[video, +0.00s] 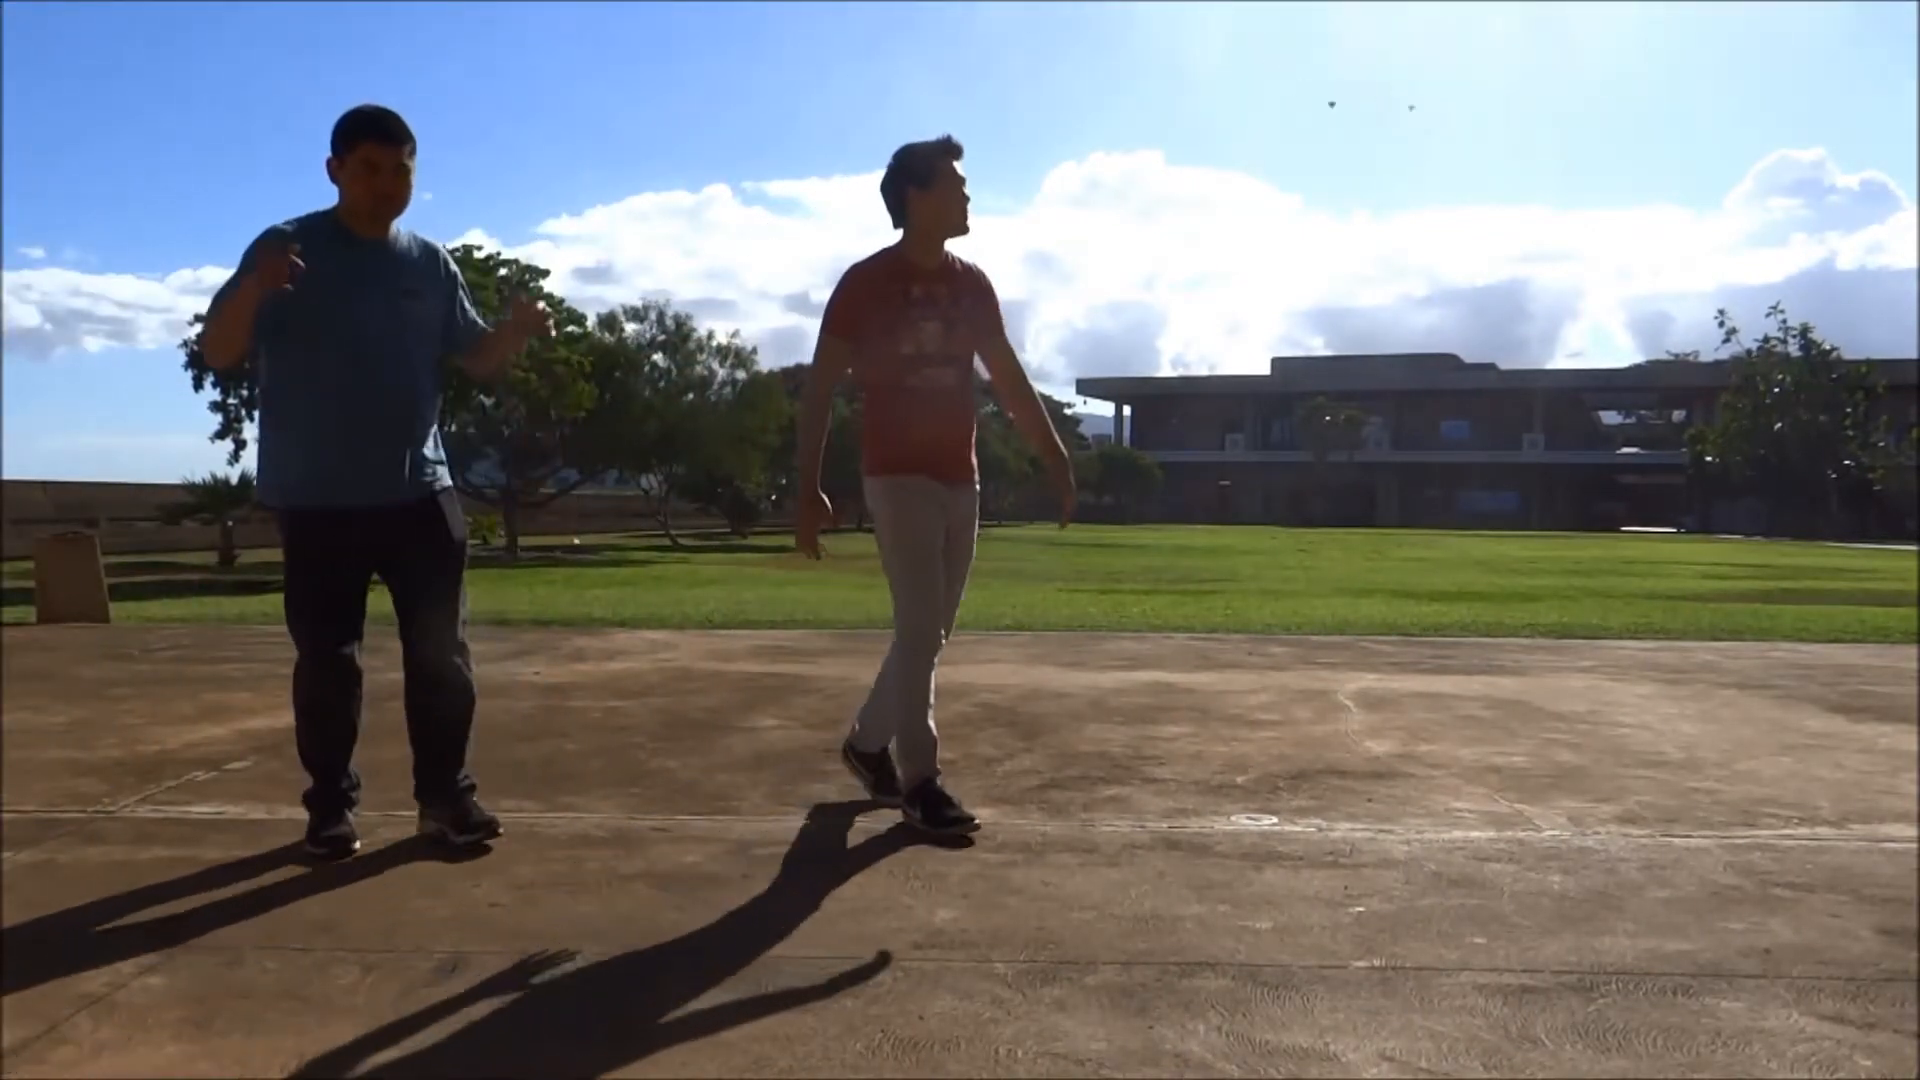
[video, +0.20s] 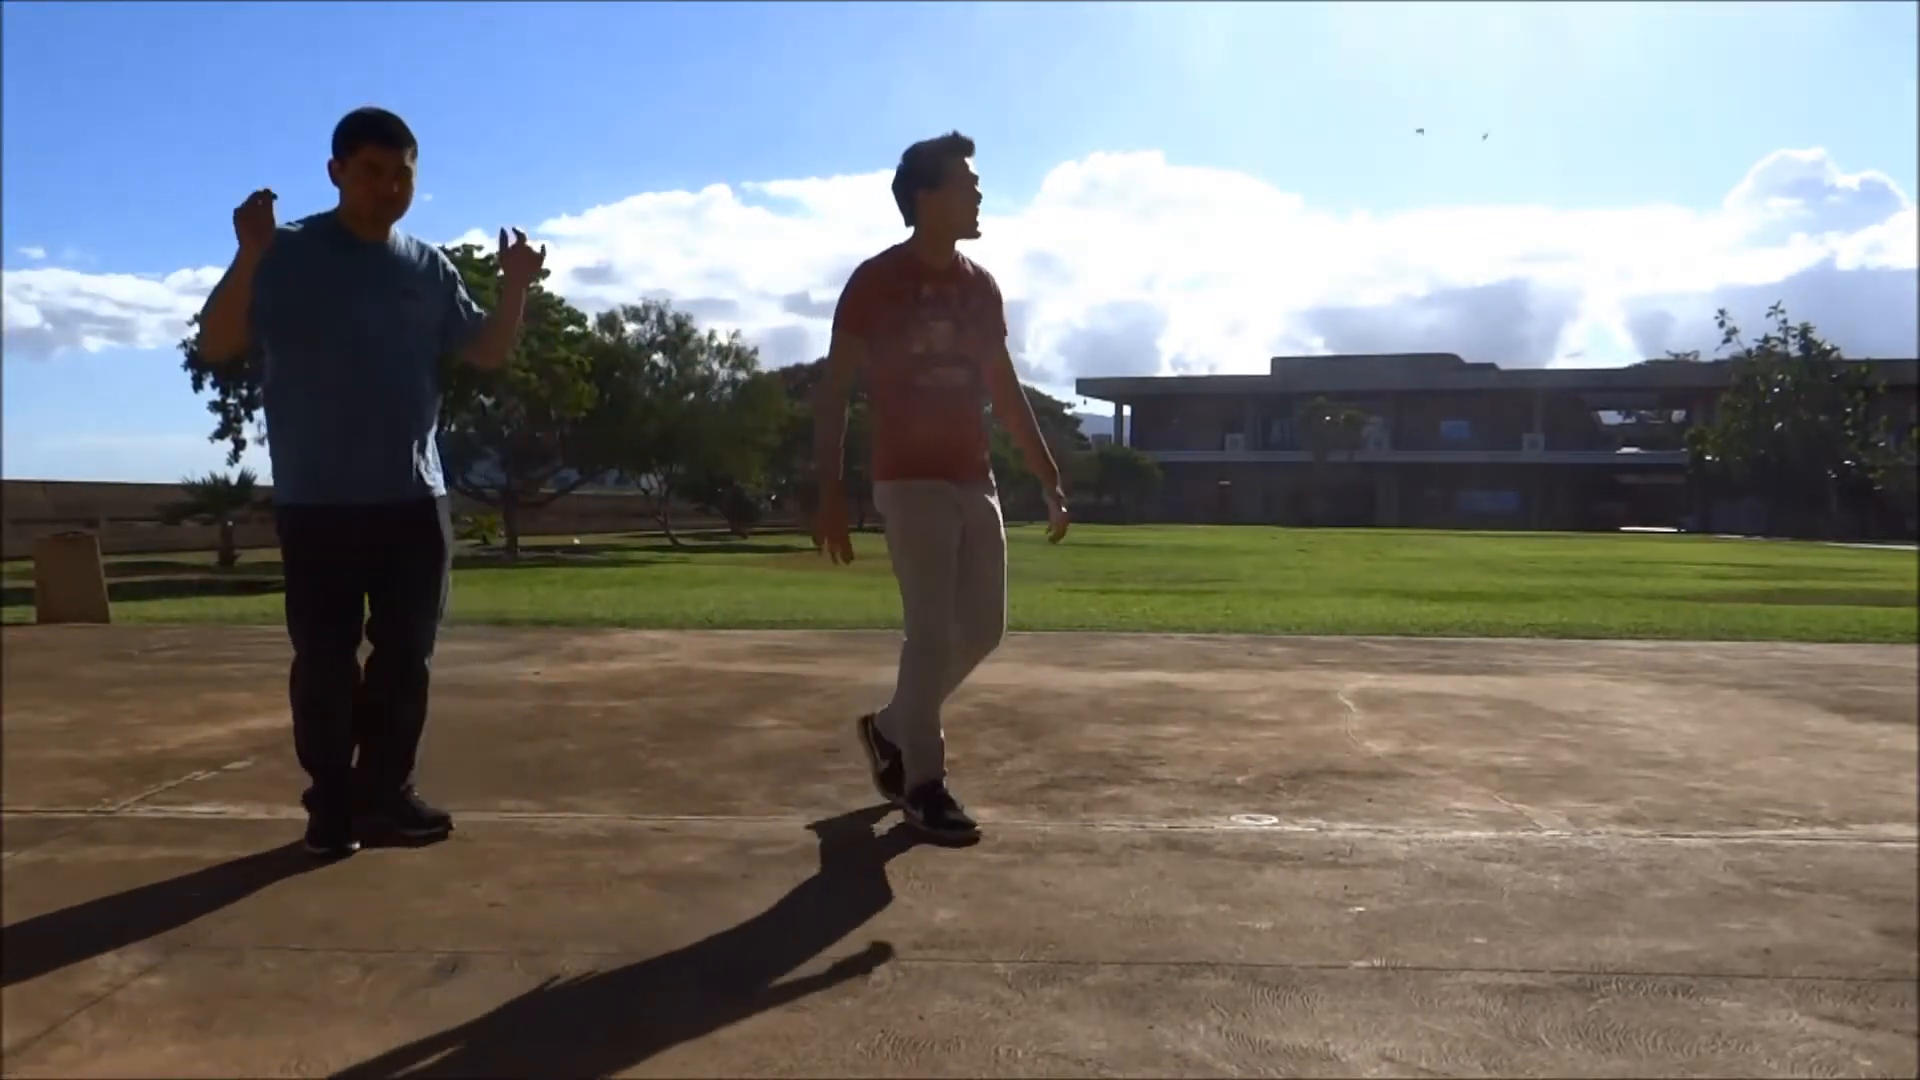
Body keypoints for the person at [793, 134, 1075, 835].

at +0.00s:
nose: (968, 193)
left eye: (964, 182)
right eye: (955, 183)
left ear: (936, 198)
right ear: (915, 196)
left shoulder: (971, 283)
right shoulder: (864, 283)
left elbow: (1007, 376)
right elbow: (821, 388)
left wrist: (1056, 456)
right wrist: (807, 487)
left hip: (960, 477)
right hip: (899, 477)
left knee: (932, 626)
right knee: (920, 624)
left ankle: (868, 738)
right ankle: (920, 784)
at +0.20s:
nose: (980, 193)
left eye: (976, 182)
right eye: (967, 183)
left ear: (946, 197)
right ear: (925, 196)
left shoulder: (980, 284)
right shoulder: (874, 281)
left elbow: (1005, 388)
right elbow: (834, 392)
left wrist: (1049, 476)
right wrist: (830, 495)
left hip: (975, 482)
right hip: (912, 483)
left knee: (984, 626)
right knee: (930, 629)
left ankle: (890, 728)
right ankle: (925, 785)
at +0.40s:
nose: (993, 188)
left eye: (988, 176)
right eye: (978, 177)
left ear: (957, 192)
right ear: (935, 192)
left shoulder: (986, 284)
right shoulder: (887, 276)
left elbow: (999, 392)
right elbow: (849, 390)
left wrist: (1033, 487)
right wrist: (859, 489)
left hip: (989, 487)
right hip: (923, 488)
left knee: (1012, 623)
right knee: (933, 639)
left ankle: (910, 719)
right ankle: (927, 790)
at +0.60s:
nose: (1003, 188)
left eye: (1002, 176)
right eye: (988, 176)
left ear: (983, 191)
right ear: (944, 188)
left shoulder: (991, 283)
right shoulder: (900, 274)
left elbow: (995, 390)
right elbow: (876, 391)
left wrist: (1018, 471)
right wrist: (897, 489)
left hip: (996, 485)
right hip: (933, 488)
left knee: (1029, 624)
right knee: (937, 640)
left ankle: (976, 768)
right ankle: (925, 787)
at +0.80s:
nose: (1023, 189)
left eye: (1021, 176)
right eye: (1010, 176)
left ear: (992, 190)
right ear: (966, 188)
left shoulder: (993, 287)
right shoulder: (919, 273)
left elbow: (990, 390)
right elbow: (912, 388)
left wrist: (1014, 467)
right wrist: (947, 471)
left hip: (999, 479)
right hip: (938, 482)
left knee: (1046, 621)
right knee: (946, 639)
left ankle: (1049, 784)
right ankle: (925, 790)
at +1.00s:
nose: (1048, 188)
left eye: (1043, 175)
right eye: (1035, 176)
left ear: (1011, 191)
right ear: (996, 191)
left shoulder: (1005, 285)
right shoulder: (951, 271)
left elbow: (1001, 391)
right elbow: (941, 388)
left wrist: (1018, 474)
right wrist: (994, 471)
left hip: (1007, 478)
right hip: (956, 481)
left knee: (1046, 630)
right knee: (953, 638)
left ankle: (1081, 787)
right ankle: (926, 791)